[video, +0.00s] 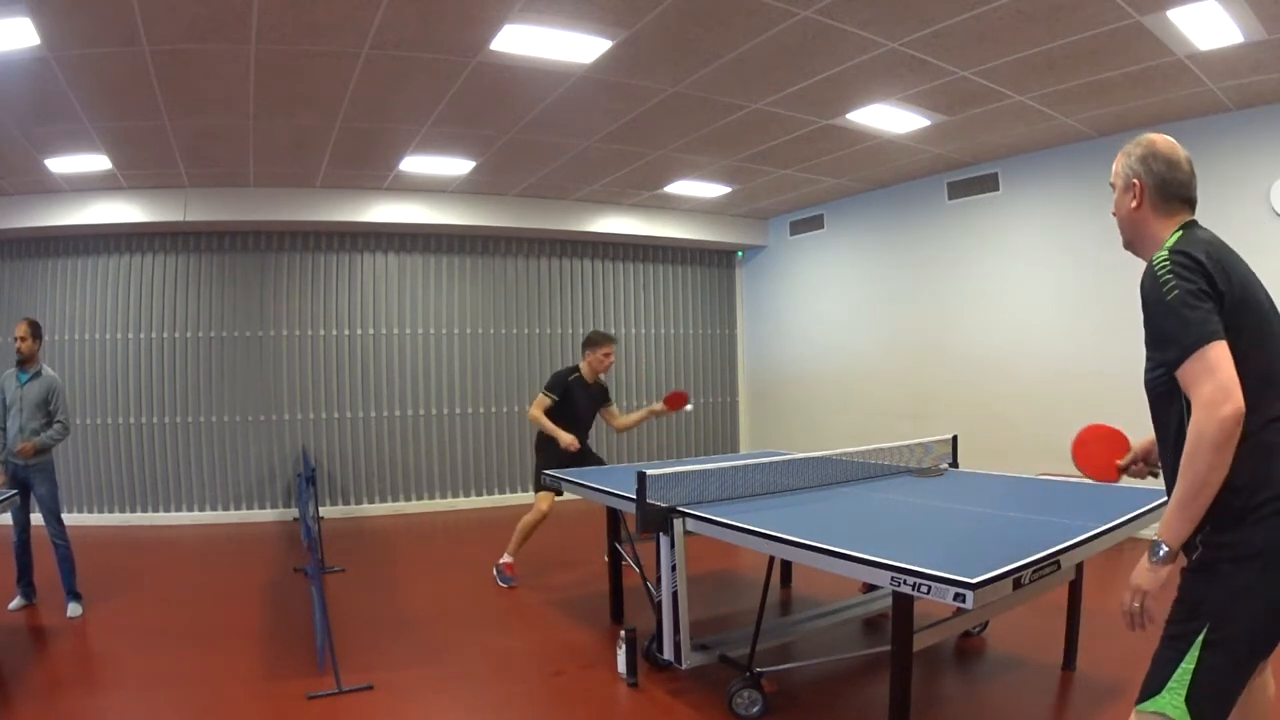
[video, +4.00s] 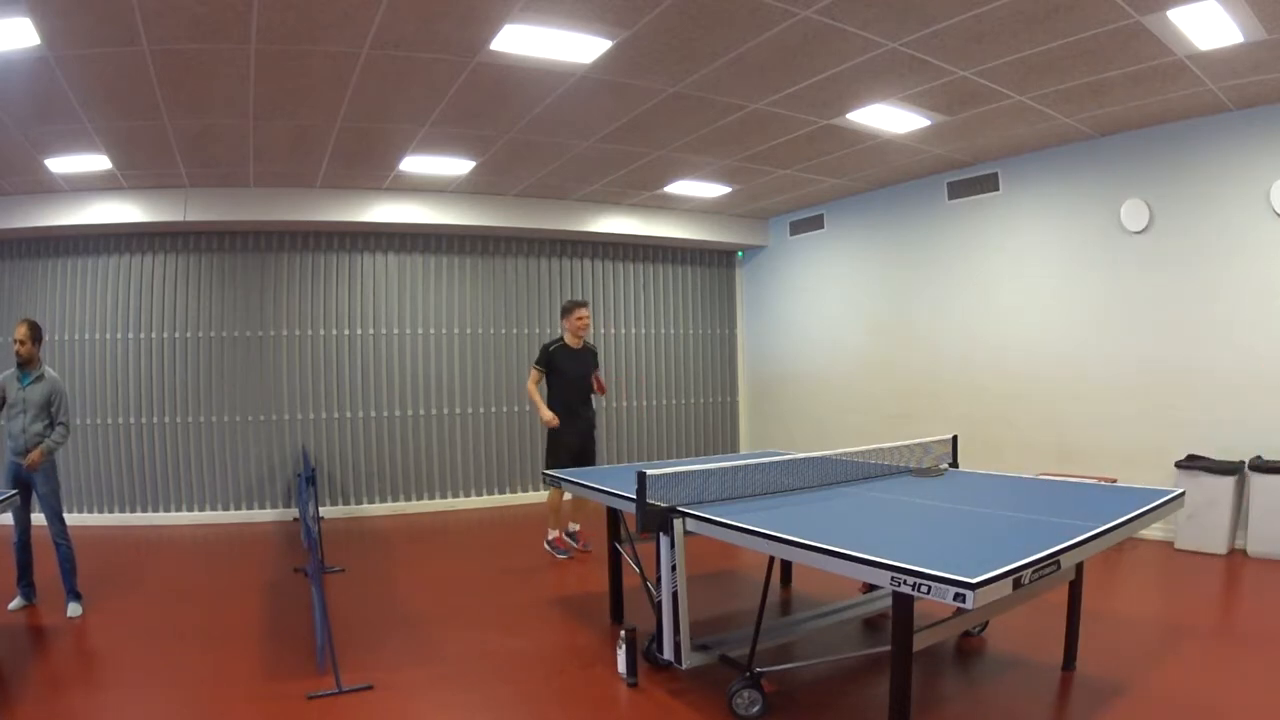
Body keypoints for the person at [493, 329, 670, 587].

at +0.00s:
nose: (611, 361)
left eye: (612, 355)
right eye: (606, 356)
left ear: (611, 356)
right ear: (588, 355)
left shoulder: (599, 389)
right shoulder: (563, 379)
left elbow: (618, 423)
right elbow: (534, 413)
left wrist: (650, 411)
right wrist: (561, 435)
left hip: (579, 450)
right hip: (551, 450)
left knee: (618, 488)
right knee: (543, 508)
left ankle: (615, 549)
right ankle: (506, 560)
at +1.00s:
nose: (553, 355)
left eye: (558, 350)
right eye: (548, 350)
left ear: (564, 351)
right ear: (539, 351)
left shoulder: (573, 378)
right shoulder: (524, 372)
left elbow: (600, 407)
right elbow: (507, 394)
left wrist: (610, 393)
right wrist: (494, 415)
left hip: (562, 443)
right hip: (530, 443)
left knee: (584, 493)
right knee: (518, 497)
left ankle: (598, 536)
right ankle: (504, 557)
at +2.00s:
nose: (580, 332)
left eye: (583, 327)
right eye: (574, 328)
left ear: (588, 330)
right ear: (563, 332)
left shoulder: (593, 362)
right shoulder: (550, 362)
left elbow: (598, 395)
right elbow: (533, 398)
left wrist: (610, 399)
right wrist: (559, 413)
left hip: (583, 436)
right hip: (557, 437)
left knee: (598, 488)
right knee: (554, 493)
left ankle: (604, 534)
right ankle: (541, 551)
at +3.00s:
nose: (605, 333)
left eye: (606, 328)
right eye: (601, 327)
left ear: (600, 327)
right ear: (584, 324)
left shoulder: (599, 356)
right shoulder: (561, 350)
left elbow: (599, 392)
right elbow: (543, 385)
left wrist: (615, 387)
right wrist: (569, 391)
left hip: (592, 426)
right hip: (567, 427)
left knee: (601, 480)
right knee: (571, 483)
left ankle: (592, 534)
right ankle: (559, 537)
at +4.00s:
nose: (585, 323)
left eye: (587, 318)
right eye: (579, 318)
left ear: (590, 321)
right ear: (565, 322)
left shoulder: (590, 352)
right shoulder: (550, 351)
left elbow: (591, 380)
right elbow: (531, 384)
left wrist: (599, 387)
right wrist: (543, 410)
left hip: (585, 425)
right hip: (561, 425)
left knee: (584, 481)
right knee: (558, 483)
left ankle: (572, 529)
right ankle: (553, 535)